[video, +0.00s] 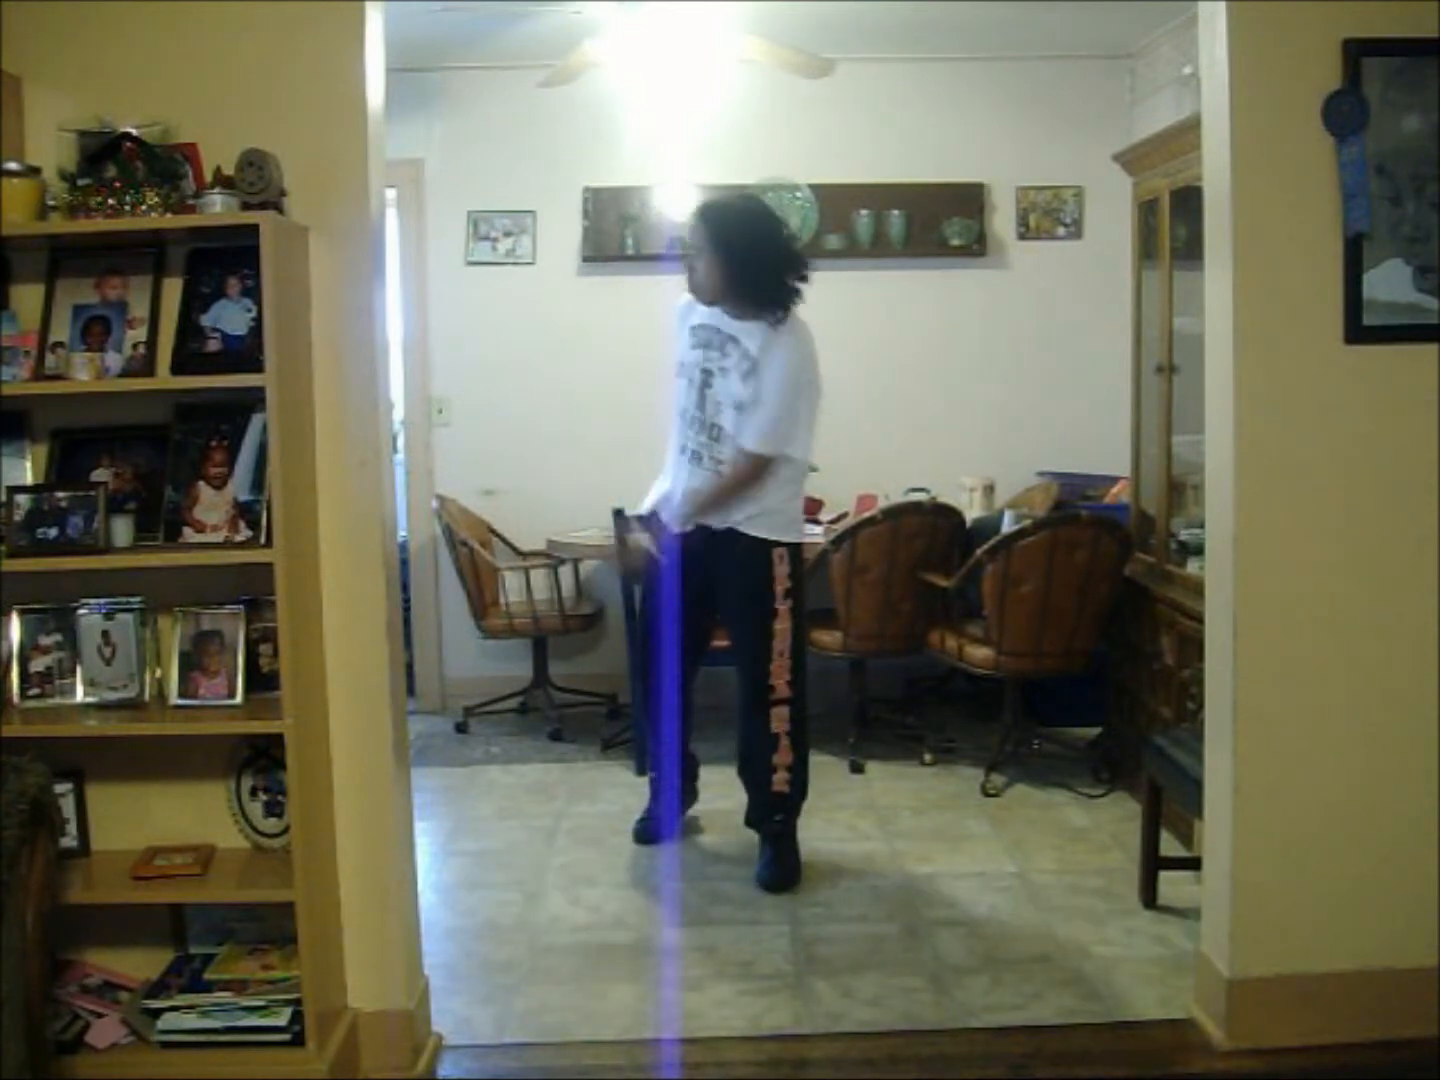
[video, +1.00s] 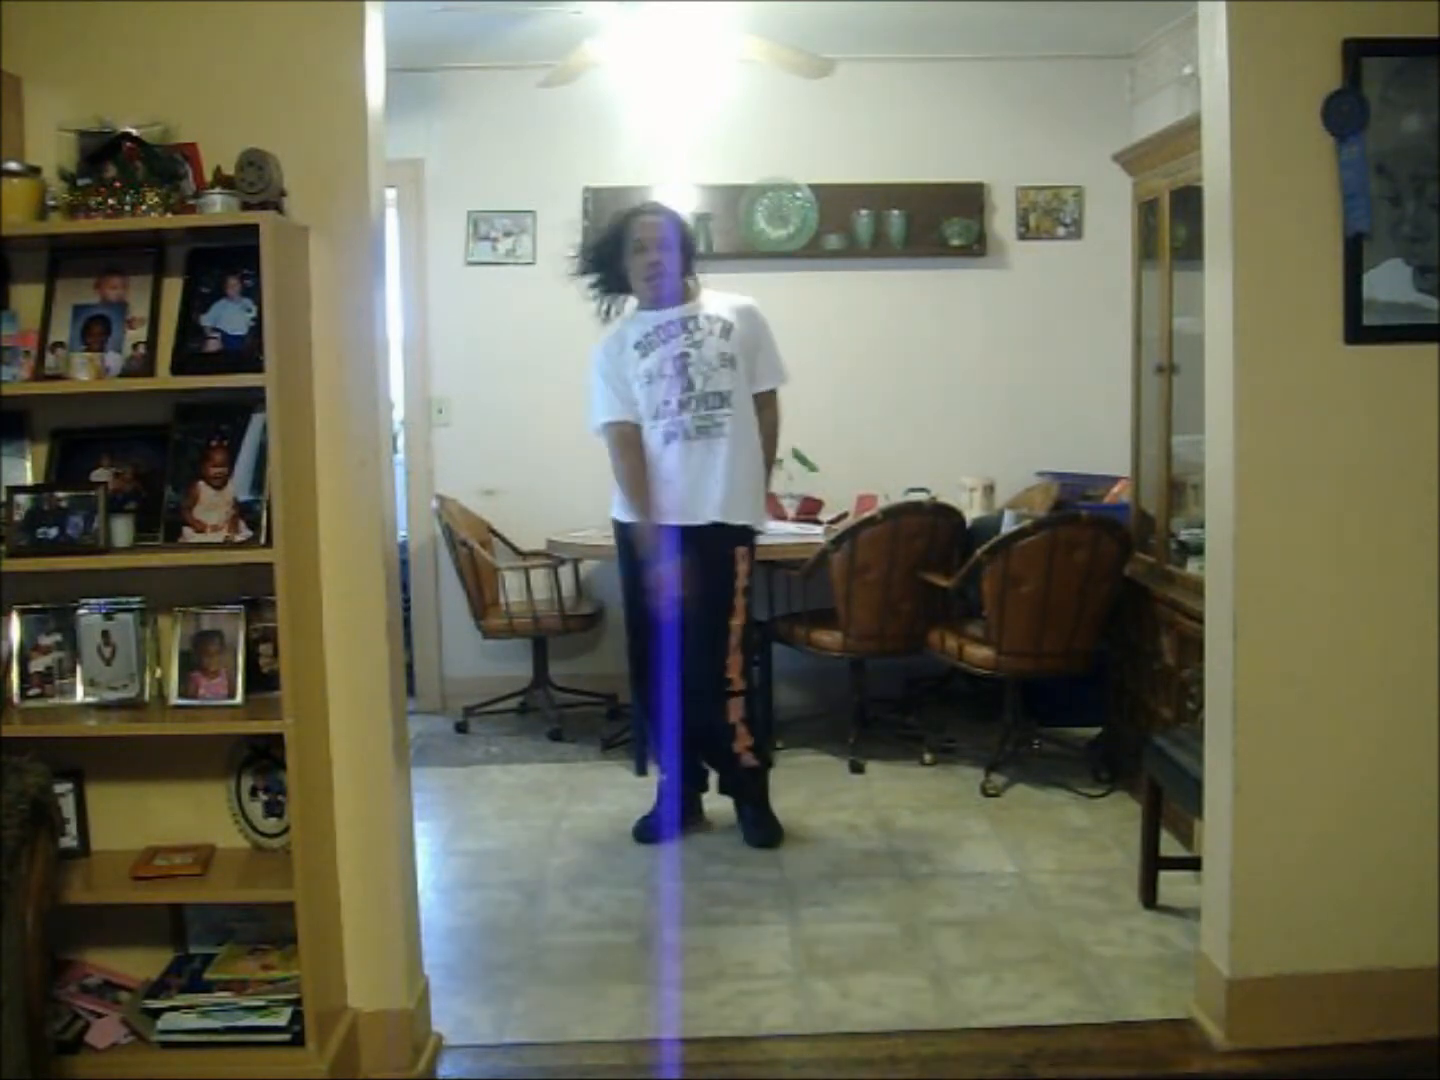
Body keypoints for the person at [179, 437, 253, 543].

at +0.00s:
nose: (219, 472)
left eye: (224, 467)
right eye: (214, 466)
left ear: (230, 469)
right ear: (203, 468)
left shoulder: (231, 488)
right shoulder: (199, 488)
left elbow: (236, 508)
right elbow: (186, 511)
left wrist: (234, 523)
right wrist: (199, 526)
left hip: (225, 533)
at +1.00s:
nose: (219, 472)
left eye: (224, 467)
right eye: (214, 466)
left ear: (230, 469)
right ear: (203, 468)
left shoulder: (231, 488)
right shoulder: (199, 488)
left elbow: (236, 509)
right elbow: (186, 511)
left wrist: (234, 523)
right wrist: (199, 526)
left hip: (225, 532)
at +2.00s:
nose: (219, 472)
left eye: (224, 467)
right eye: (214, 466)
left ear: (230, 469)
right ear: (203, 468)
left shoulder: (231, 488)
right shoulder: (199, 488)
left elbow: (236, 509)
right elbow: (186, 510)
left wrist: (234, 523)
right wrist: (198, 525)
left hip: (225, 534)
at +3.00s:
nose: (219, 472)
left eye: (224, 467)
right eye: (214, 466)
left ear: (231, 469)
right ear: (203, 468)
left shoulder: (231, 488)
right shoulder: (199, 488)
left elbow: (236, 509)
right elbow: (186, 511)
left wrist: (234, 523)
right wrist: (199, 526)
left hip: (225, 533)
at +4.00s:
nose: (219, 472)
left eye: (224, 467)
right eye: (213, 466)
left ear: (230, 469)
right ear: (203, 468)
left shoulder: (231, 488)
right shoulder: (199, 488)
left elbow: (236, 509)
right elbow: (187, 510)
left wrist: (234, 524)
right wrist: (198, 525)